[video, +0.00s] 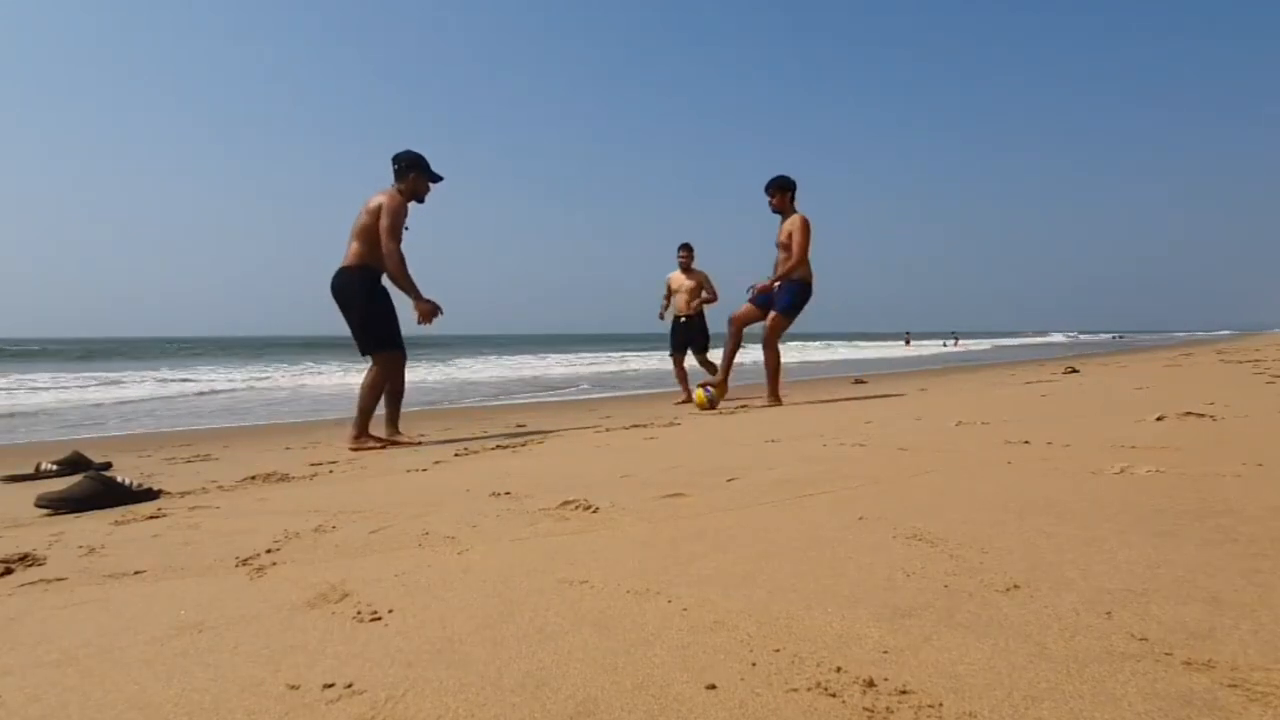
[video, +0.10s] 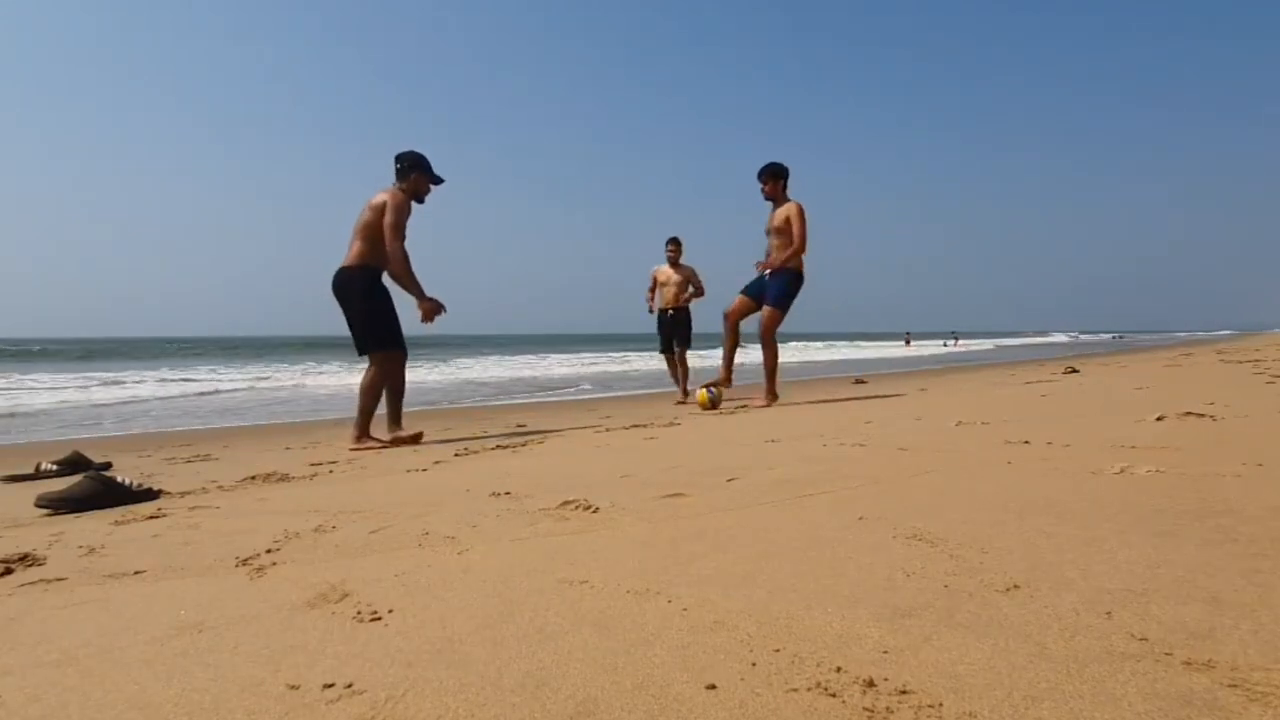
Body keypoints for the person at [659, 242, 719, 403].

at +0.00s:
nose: (683, 260)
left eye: (686, 257)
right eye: (680, 257)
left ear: (692, 258)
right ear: (677, 258)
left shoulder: (700, 276)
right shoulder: (671, 278)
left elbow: (713, 296)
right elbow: (667, 297)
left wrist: (700, 300)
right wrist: (663, 309)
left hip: (695, 318)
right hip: (678, 319)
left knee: (701, 358)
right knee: (677, 360)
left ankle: (720, 380)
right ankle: (686, 394)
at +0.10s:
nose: (671, 254)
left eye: (675, 251)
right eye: (669, 251)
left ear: (680, 252)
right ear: (665, 252)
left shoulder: (688, 271)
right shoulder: (657, 271)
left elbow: (700, 290)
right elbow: (651, 289)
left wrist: (690, 294)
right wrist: (650, 300)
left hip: (680, 311)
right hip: (663, 312)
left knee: (680, 354)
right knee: (668, 354)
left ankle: (683, 391)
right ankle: (681, 387)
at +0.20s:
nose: (659, 253)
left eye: (663, 250)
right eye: (657, 250)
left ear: (669, 251)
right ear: (653, 251)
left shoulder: (676, 270)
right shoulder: (646, 270)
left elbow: (687, 289)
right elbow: (638, 287)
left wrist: (677, 294)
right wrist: (637, 299)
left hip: (665, 311)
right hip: (648, 311)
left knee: (659, 353)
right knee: (649, 355)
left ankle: (651, 393)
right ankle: (665, 385)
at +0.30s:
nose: (647, 258)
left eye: (650, 255)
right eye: (644, 255)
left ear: (655, 257)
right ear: (640, 256)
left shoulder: (663, 277)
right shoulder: (631, 276)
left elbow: (674, 297)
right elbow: (624, 296)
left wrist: (663, 304)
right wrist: (622, 309)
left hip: (652, 319)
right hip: (634, 318)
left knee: (644, 361)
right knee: (625, 360)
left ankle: (642, 398)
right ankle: (633, 394)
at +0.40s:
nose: (635, 261)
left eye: (638, 258)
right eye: (632, 257)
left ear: (642, 259)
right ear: (627, 259)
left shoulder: (648, 278)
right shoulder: (617, 278)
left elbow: (658, 300)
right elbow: (611, 298)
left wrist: (650, 310)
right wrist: (608, 312)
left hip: (639, 321)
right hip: (621, 321)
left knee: (634, 364)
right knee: (603, 361)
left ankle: (640, 398)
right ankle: (597, 400)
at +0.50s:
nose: (621, 260)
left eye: (624, 257)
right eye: (618, 257)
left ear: (628, 259)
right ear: (612, 258)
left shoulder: (633, 279)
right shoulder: (602, 277)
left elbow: (642, 301)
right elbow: (595, 297)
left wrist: (632, 312)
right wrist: (595, 312)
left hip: (623, 322)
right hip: (603, 321)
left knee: (627, 365)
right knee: (588, 362)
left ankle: (639, 399)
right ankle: (577, 402)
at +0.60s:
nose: (609, 261)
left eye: (612, 258)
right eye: (606, 257)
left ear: (616, 259)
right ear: (599, 258)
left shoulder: (619, 281)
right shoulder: (586, 278)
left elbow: (626, 303)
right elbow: (577, 297)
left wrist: (618, 314)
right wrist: (581, 314)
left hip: (607, 323)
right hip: (588, 322)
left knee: (613, 365)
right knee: (576, 364)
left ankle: (630, 399)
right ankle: (575, 404)